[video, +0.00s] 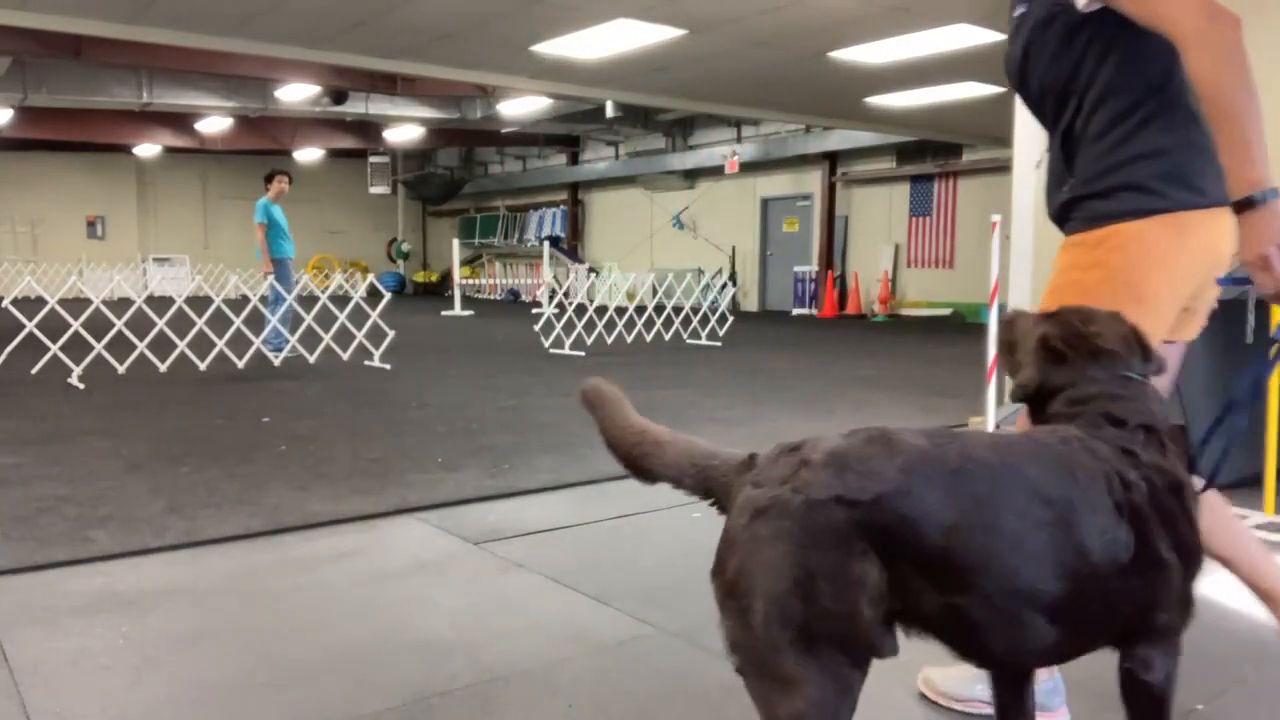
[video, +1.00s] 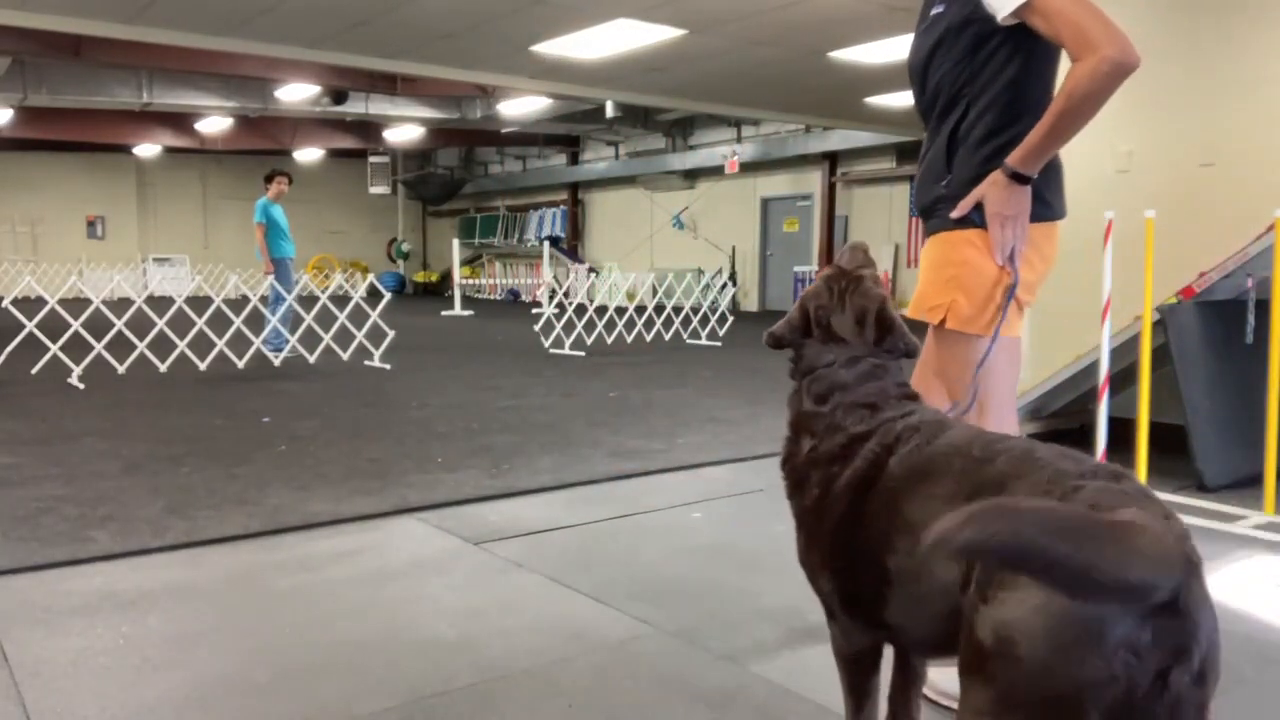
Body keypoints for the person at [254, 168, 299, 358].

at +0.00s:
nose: (284, 186)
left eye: (287, 183)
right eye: (280, 182)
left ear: (288, 187)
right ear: (270, 184)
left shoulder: (277, 206)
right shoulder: (263, 204)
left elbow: (280, 233)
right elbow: (261, 234)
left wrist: (287, 256)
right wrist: (267, 262)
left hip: (285, 257)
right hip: (277, 258)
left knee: (276, 299)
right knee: (286, 299)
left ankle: (272, 340)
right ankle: (277, 342)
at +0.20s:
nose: (284, 187)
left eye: (286, 183)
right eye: (280, 182)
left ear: (288, 187)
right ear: (270, 185)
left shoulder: (277, 206)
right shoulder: (263, 204)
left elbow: (280, 232)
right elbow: (261, 234)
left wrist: (287, 255)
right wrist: (267, 261)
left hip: (285, 256)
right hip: (277, 257)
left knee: (276, 299)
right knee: (286, 298)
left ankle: (273, 340)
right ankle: (277, 342)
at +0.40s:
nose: (284, 187)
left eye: (286, 184)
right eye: (280, 183)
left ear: (288, 187)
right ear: (270, 185)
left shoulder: (277, 206)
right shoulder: (263, 204)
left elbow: (280, 233)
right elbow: (260, 234)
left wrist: (287, 255)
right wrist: (267, 261)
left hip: (286, 256)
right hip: (277, 257)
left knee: (276, 299)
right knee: (286, 298)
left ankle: (272, 340)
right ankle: (277, 341)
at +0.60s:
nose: (284, 188)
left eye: (286, 184)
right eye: (280, 183)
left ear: (288, 188)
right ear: (270, 185)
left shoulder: (278, 207)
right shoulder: (263, 204)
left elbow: (280, 233)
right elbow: (260, 233)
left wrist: (288, 256)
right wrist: (266, 261)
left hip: (286, 256)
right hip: (277, 257)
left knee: (276, 299)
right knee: (286, 298)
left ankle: (272, 340)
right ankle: (276, 341)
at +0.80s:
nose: (284, 188)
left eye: (286, 185)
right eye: (280, 183)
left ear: (288, 188)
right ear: (270, 185)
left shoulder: (278, 207)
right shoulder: (263, 204)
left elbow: (280, 233)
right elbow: (260, 233)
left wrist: (288, 256)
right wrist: (266, 261)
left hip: (286, 256)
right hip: (277, 257)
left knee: (276, 299)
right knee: (286, 298)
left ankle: (273, 340)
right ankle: (276, 341)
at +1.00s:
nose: (283, 188)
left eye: (286, 184)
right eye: (279, 183)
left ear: (288, 188)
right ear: (270, 185)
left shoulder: (277, 207)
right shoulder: (262, 204)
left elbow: (280, 233)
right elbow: (260, 234)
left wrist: (288, 256)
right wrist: (267, 261)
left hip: (286, 256)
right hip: (278, 257)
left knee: (276, 299)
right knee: (286, 298)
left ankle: (272, 340)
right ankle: (276, 342)